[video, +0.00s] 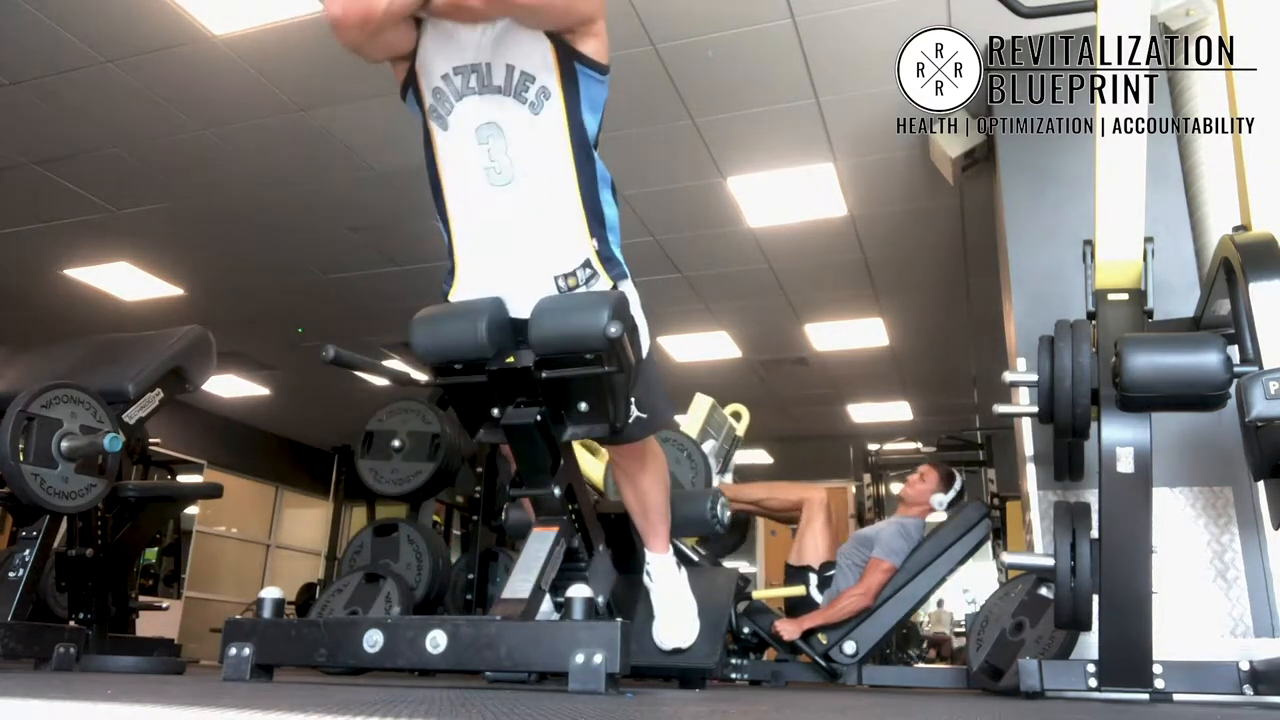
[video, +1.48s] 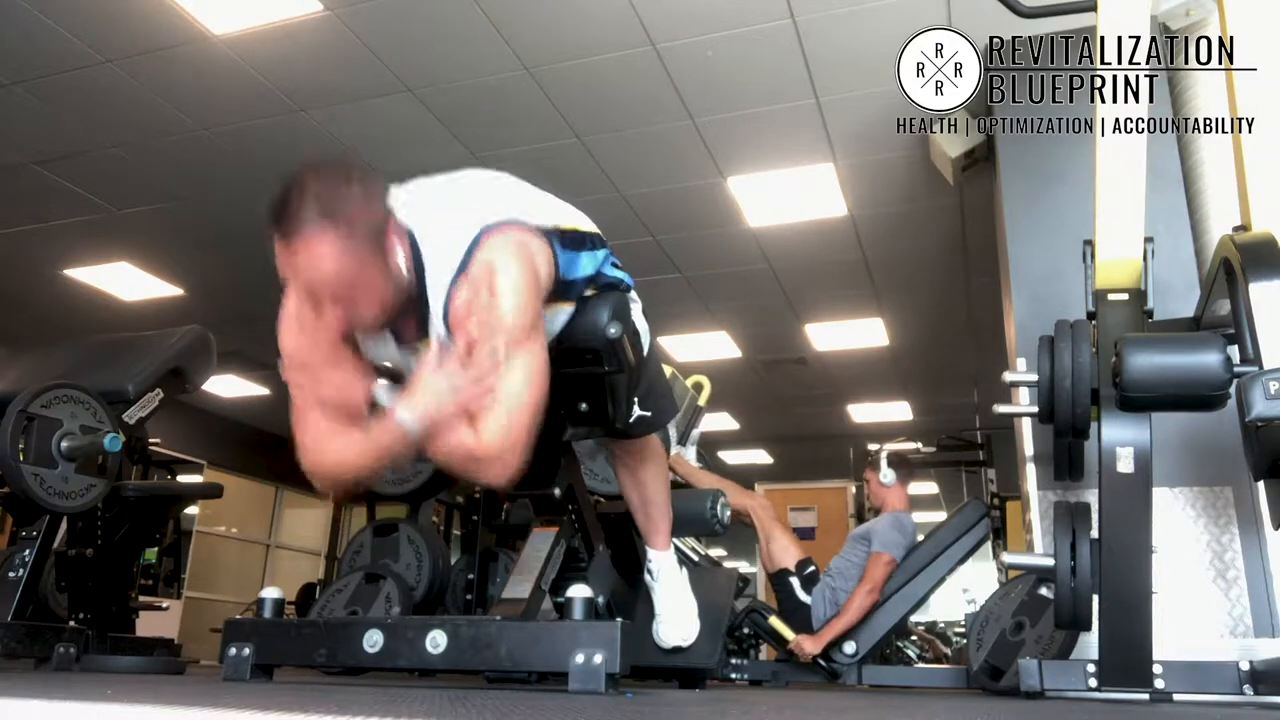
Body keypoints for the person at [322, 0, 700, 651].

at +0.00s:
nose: (473, 4)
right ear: (445, 1)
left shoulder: (577, 13)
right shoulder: (418, 41)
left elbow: (485, 6)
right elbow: (344, 12)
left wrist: (420, 1)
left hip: (585, 273)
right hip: (480, 285)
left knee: (629, 428)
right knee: (514, 438)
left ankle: (660, 565)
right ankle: (544, 551)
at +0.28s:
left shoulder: (536, 12)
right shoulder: (363, 42)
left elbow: (466, 77)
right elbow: (286, 107)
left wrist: (358, 55)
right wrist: (404, 20)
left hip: (577, 284)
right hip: (478, 303)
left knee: (628, 426)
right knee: (519, 437)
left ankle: (660, 560)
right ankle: (549, 535)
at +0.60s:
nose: (325, 127)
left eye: (343, 101)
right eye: (307, 107)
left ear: (398, 73)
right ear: (292, 100)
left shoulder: (490, 141)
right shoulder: (297, 189)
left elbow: (461, 318)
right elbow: (287, 346)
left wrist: (345, 267)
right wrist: (385, 250)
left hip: (568, 300)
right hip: (467, 330)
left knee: (624, 411)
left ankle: (662, 563)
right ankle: (548, 530)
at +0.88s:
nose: (327, 300)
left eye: (342, 279)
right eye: (311, 283)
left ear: (394, 226)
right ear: (292, 257)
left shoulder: (496, 244)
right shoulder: (304, 291)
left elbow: (495, 447)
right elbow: (325, 463)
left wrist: (367, 381)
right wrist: (417, 396)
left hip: (574, 301)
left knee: (632, 426)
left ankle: (662, 560)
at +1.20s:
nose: (359, 422)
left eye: (372, 404)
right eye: (338, 410)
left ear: (416, 345)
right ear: (310, 378)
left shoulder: (508, 343)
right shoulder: (322, 381)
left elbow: (528, 515)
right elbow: (361, 519)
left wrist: (403, 465)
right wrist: (441, 497)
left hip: (573, 264)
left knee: (631, 421)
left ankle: (662, 562)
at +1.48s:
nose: (327, 313)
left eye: (341, 293)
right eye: (309, 294)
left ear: (393, 246)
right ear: (293, 270)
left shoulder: (498, 262)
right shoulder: (307, 287)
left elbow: (497, 459)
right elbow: (323, 464)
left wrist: (375, 396)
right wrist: (414, 414)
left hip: (574, 308)